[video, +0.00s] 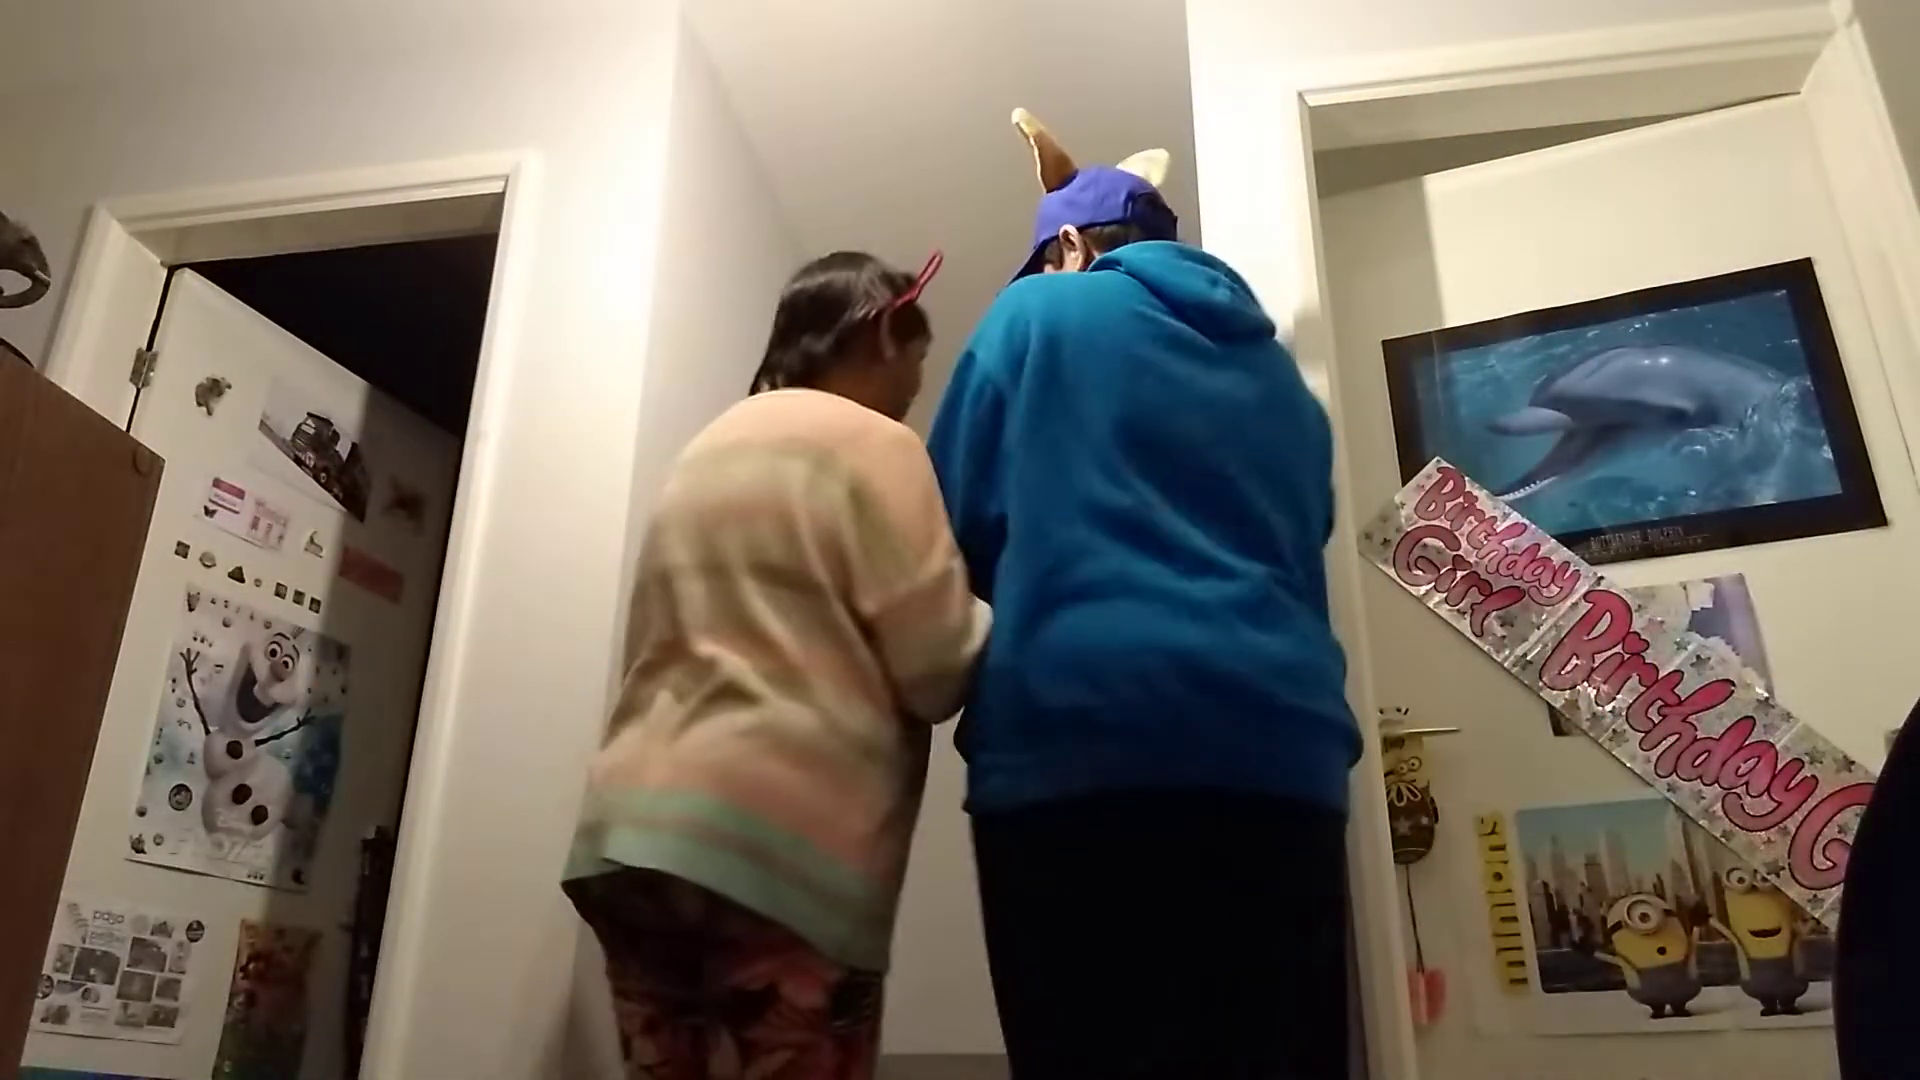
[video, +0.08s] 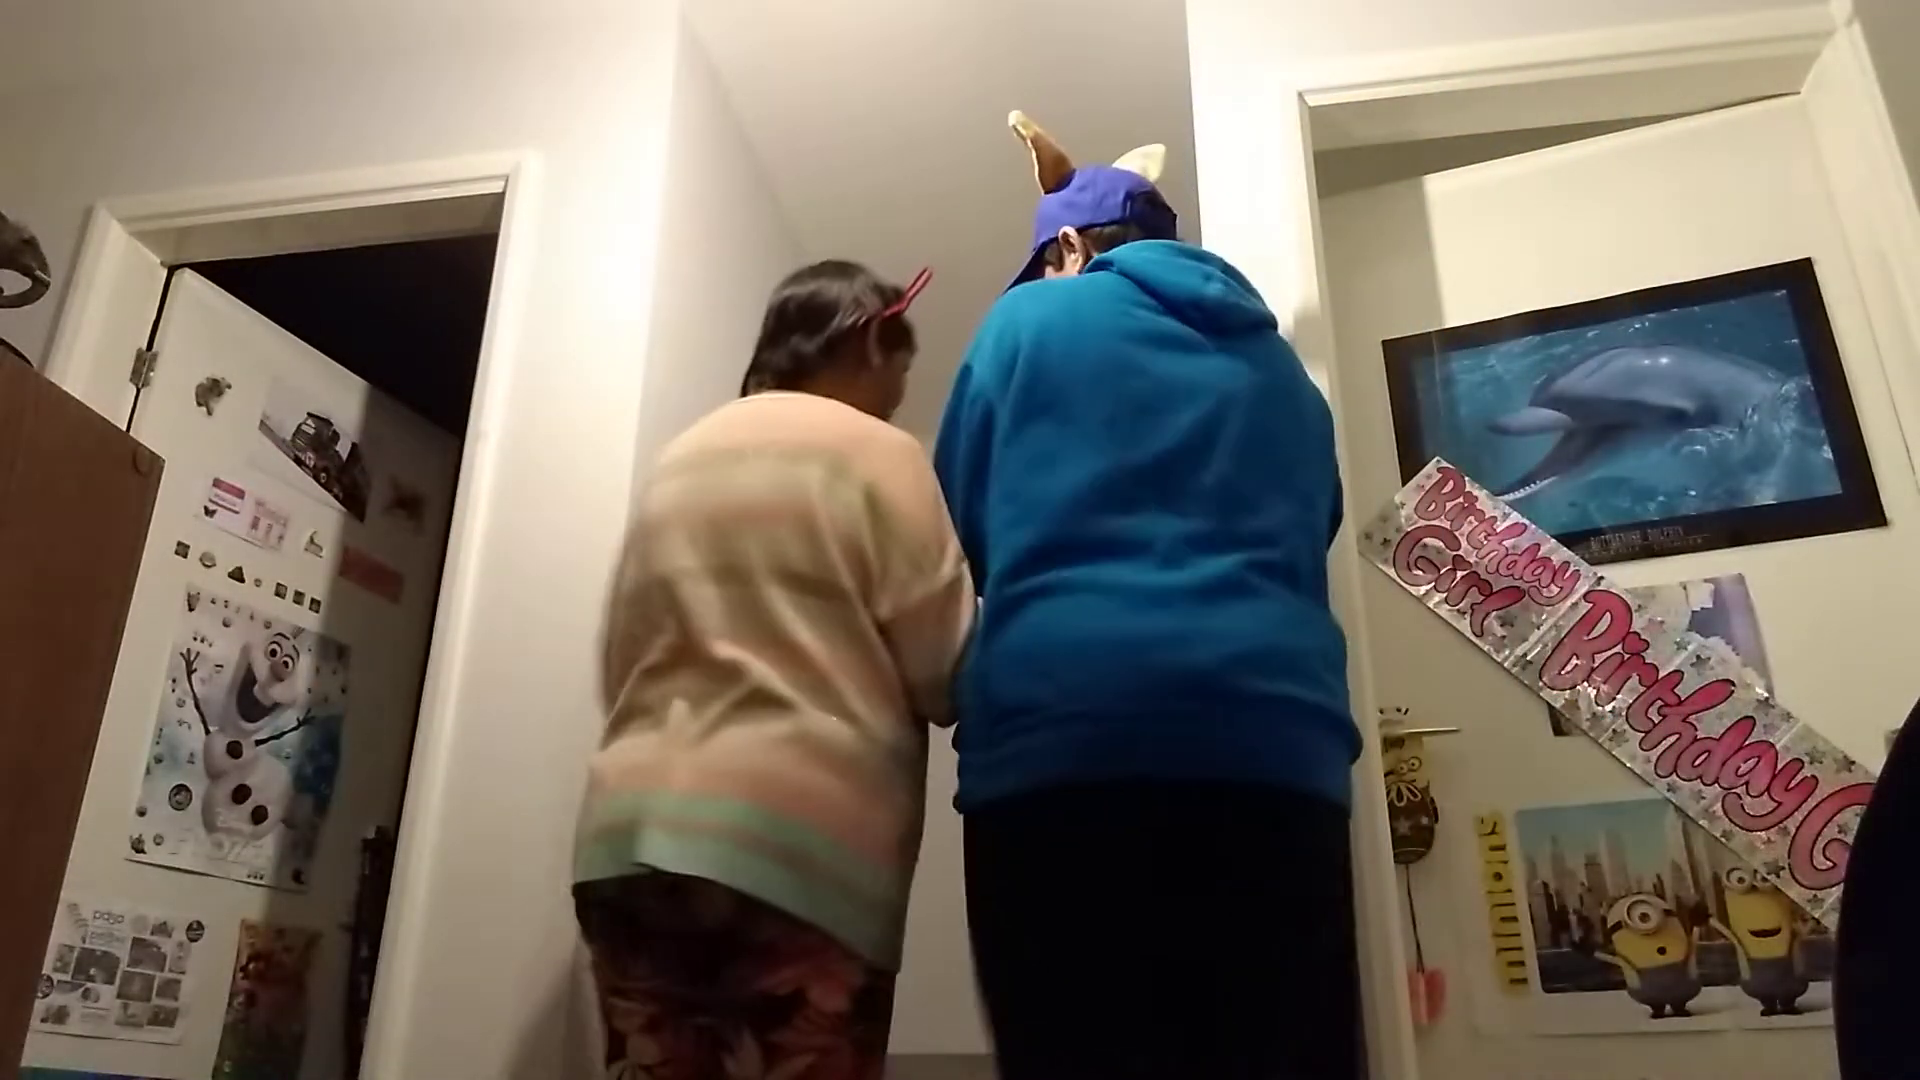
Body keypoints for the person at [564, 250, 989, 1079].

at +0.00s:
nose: (921, 381)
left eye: (923, 356)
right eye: (920, 352)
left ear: (794, 339)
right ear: (887, 333)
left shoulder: (707, 445)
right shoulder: (876, 445)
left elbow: (660, 643)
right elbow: (935, 667)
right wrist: (984, 615)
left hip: (631, 826)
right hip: (793, 848)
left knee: (665, 1063)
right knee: (800, 1062)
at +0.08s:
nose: (902, 390)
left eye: (905, 365)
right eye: (903, 362)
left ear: (779, 346)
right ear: (874, 344)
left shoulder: (679, 454)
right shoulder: (883, 456)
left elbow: (620, 650)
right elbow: (941, 673)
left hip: (632, 831)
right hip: (808, 849)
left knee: (655, 1063)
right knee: (810, 1061)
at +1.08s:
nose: (822, 445)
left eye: (818, 435)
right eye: (821, 435)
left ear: (698, 440)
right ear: (811, 439)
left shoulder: (637, 505)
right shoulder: (867, 512)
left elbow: (551, 712)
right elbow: (925, 662)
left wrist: (651, 760)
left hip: (664, 837)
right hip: (858, 839)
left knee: (655, 1063)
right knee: (833, 1064)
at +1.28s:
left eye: (680, 439)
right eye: (811, 454)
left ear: (686, 442)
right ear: (803, 456)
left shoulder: (630, 505)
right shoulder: (858, 531)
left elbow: (534, 682)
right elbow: (928, 720)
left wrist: (632, 737)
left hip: (662, 825)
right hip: (859, 836)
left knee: (649, 1063)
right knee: (818, 1062)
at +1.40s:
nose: (668, 475)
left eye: (671, 467)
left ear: (678, 471)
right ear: (791, 485)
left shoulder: (618, 526)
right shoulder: (844, 560)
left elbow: (520, 689)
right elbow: (912, 758)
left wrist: (608, 756)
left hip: (656, 872)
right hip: (853, 883)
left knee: (640, 1063)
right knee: (813, 1065)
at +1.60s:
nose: (633, 432)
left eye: (639, 423)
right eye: (639, 426)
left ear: (652, 420)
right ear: (750, 439)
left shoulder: (590, 485)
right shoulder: (790, 526)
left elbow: (483, 631)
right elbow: (831, 686)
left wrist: (556, 690)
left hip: (610, 843)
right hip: (793, 842)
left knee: (602, 1057)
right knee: (766, 1059)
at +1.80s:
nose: (557, 358)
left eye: (566, 347)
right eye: (563, 348)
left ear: (591, 341)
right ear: (672, 365)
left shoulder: (552, 399)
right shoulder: (722, 459)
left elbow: (429, 549)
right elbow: (764, 619)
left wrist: (488, 594)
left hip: (578, 754)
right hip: (751, 775)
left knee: (515, 1032)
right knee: (660, 1046)